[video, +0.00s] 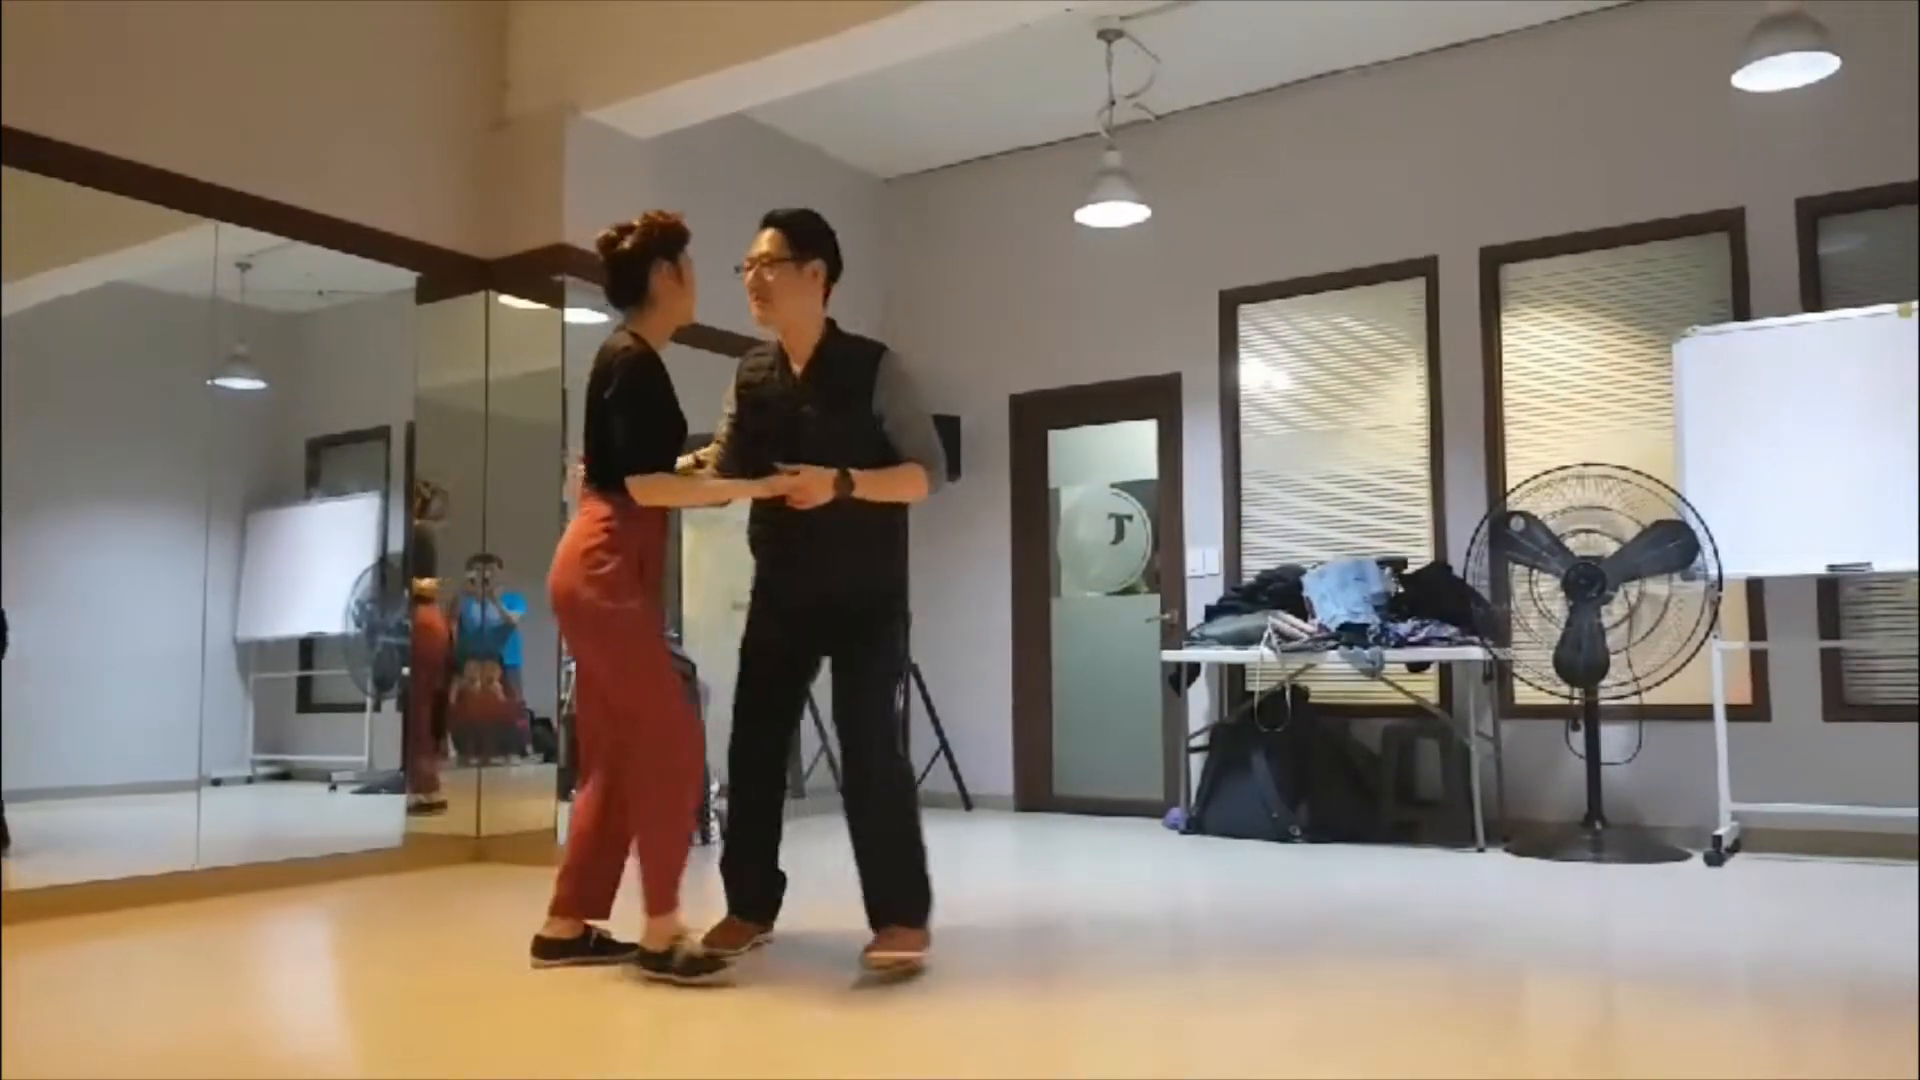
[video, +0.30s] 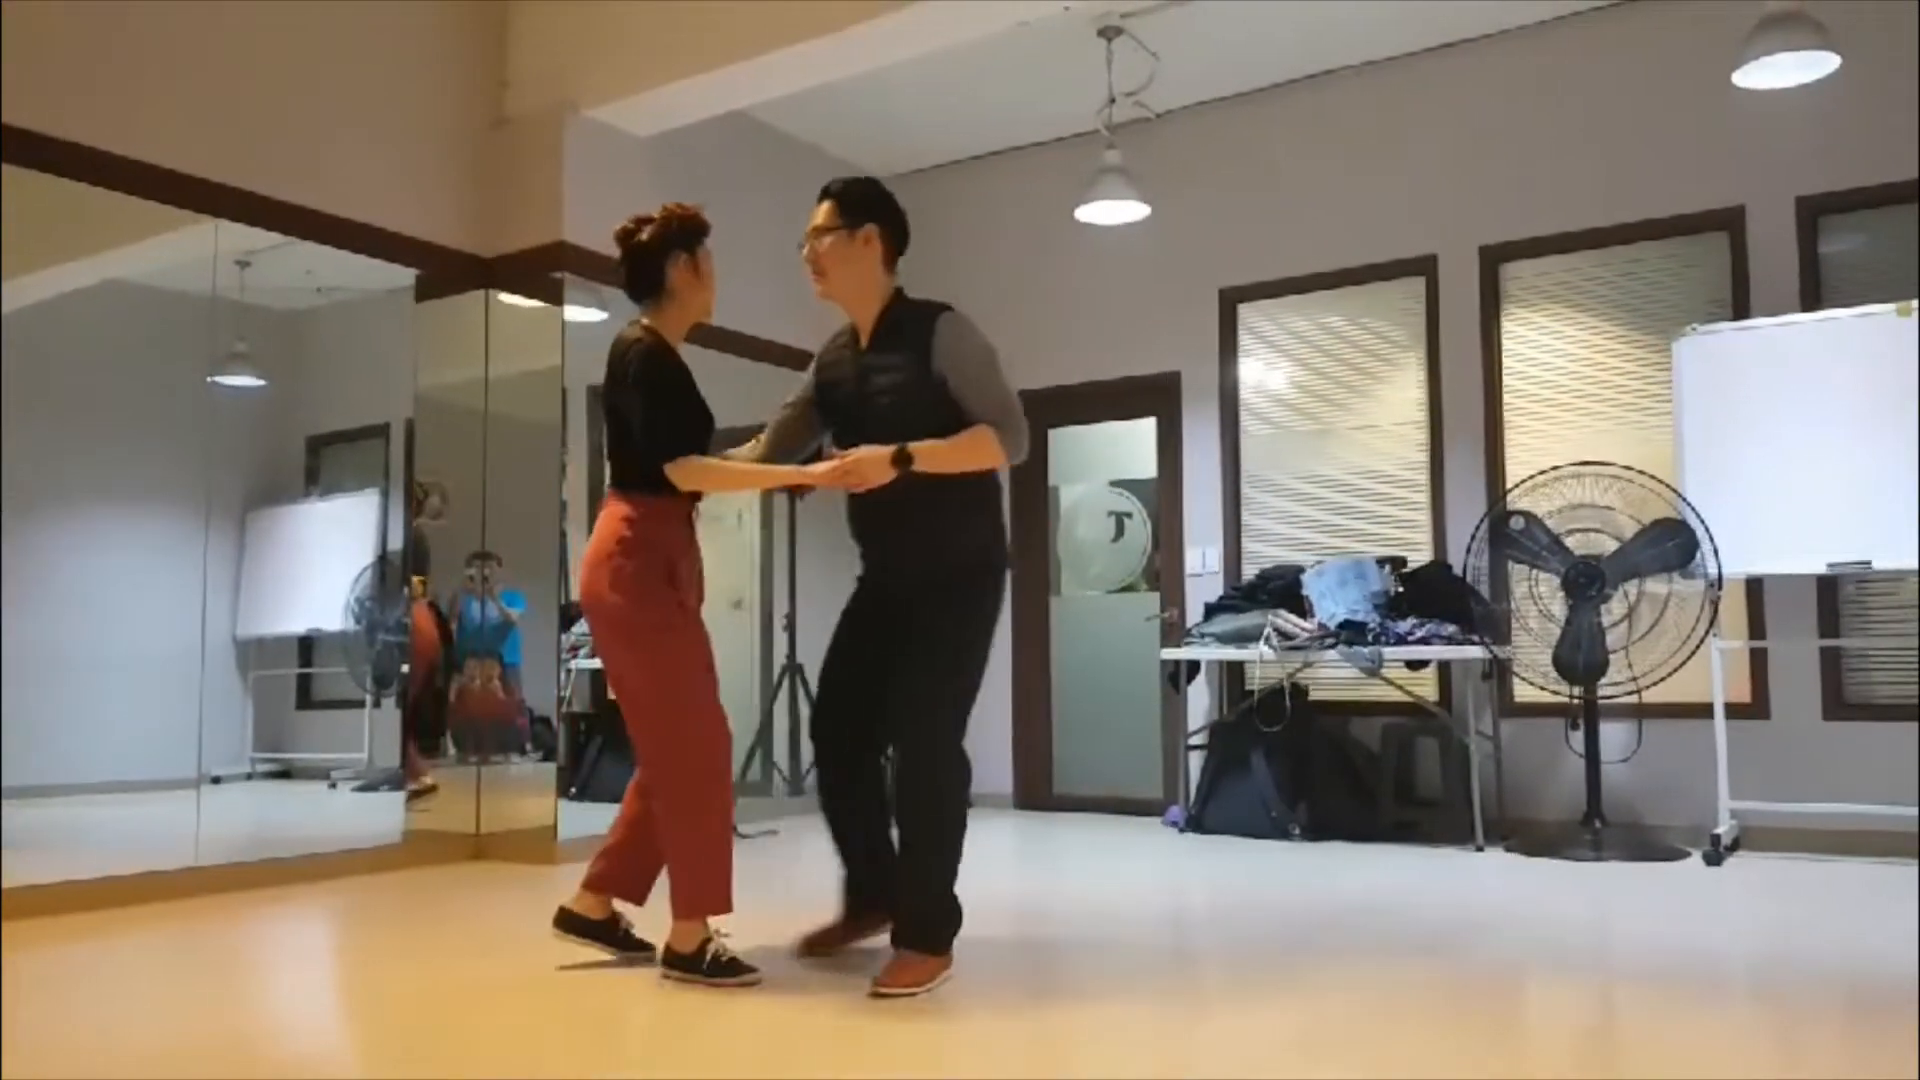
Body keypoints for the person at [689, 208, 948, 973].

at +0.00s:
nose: (750, 277)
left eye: (767, 264)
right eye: (748, 266)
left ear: (818, 275)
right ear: (757, 282)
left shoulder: (876, 368)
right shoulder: (754, 371)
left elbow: (926, 474)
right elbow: (726, 472)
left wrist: (842, 481)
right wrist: (645, 475)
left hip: (867, 595)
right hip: (782, 594)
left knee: (870, 754)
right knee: (754, 752)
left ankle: (901, 922)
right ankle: (749, 910)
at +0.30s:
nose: (807, 253)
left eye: (821, 238)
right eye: (807, 241)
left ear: (874, 243)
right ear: (840, 252)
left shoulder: (944, 331)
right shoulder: (835, 359)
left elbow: (1011, 437)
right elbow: (769, 452)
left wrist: (902, 457)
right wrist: (687, 474)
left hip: (960, 574)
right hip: (886, 574)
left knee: (925, 741)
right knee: (840, 730)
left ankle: (928, 936)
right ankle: (874, 897)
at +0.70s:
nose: (860, 242)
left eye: (873, 225)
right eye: (863, 227)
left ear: (921, 234)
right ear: (909, 238)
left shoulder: (988, 322)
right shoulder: (905, 358)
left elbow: (1059, 431)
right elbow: (841, 458)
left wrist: (939, 460)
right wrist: (763, 478)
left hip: (1016, 582)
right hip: (970, 585)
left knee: (918, 747)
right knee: (931, 745)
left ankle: (998, 964)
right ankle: (968, 927)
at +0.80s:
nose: (864, 218)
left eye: (874, 200)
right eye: (868, 203)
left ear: (915, 206)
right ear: (920, 210)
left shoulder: (970, 290)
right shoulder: (937, 308)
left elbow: (1033, 400)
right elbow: (952, 420)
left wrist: (908, 432)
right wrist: (881, 453)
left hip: (1021, 565)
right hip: (990, 565)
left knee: (941, 744)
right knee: (942, 738)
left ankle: (1002, 970)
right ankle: (977, 915)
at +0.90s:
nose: (886, 194)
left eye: (891, 177)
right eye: (889, 178)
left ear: (923, 176)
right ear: (969, 182)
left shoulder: (956, 259)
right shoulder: (1007, 266)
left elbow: (980, 363)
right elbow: (1009, 406)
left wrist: (851, 397)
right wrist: (907, 460)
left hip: (1019, 538)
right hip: (1066, 531)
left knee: (956, 740)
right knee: (1001, 719)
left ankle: (995, 970)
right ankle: (1086, 895)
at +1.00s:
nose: (903, 184)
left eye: (908, 167)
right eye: (906, 168)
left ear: (938, 167)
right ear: (991, 173)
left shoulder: (962, 252)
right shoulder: (1031, 260)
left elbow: (961, 366)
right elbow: (1038, 398)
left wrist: (839, 389)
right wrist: (944, 455)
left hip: (1023, 533)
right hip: (1087, 526)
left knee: (961, 743)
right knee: (1017, 720)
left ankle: (993, 974)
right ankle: (1128, 887)